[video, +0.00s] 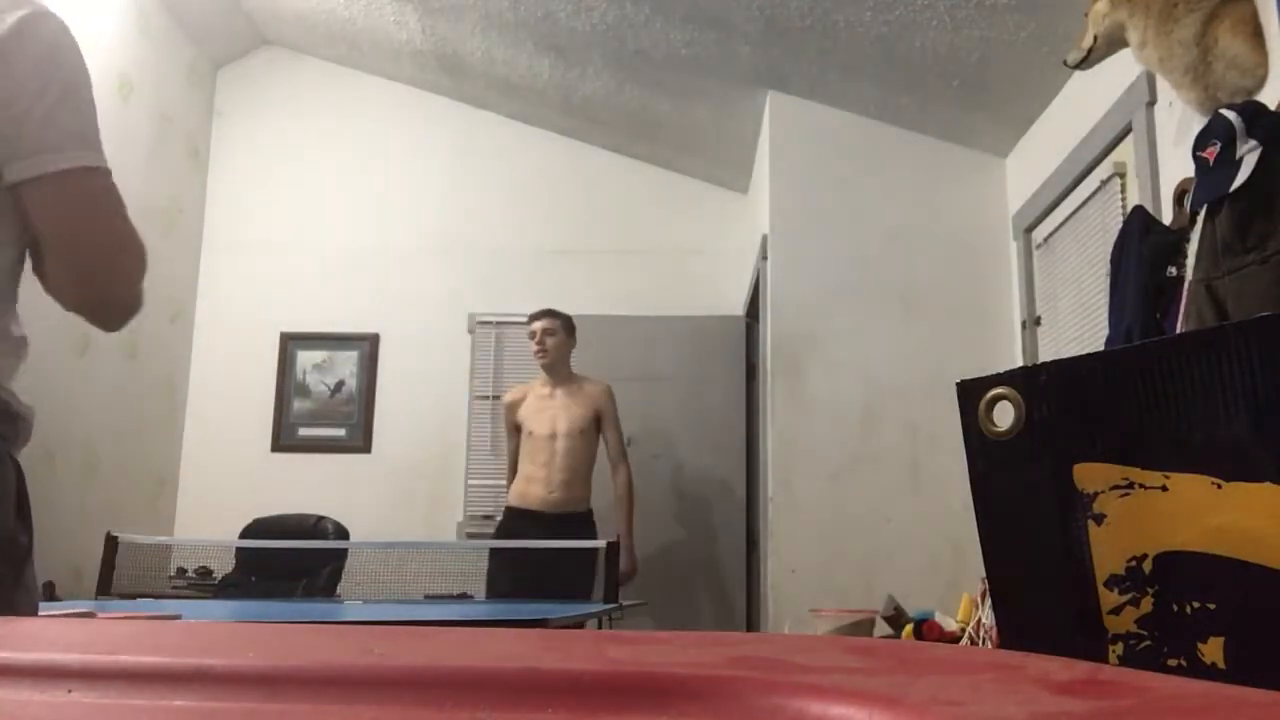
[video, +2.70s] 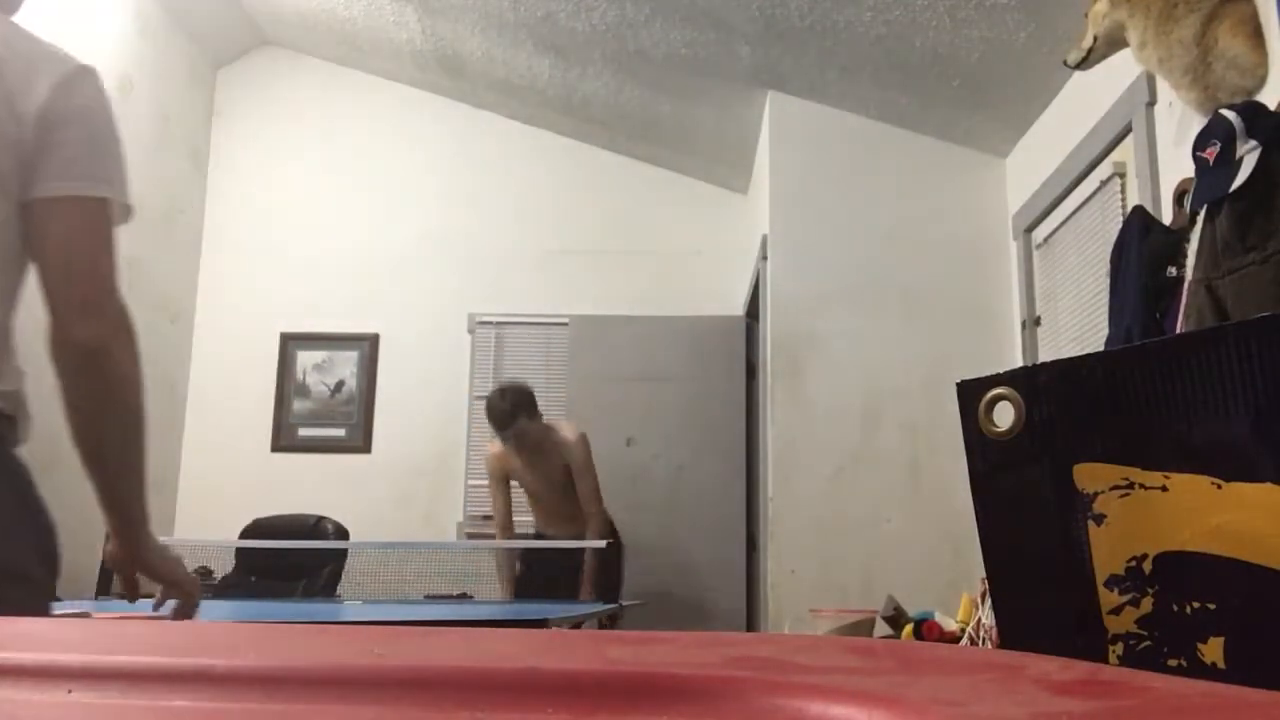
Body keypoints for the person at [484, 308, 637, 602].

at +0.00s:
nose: (539, 342)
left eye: (549, 334)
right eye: (533, 336)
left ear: (571, 342)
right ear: (529, 344)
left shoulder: (597, 395)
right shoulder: (516, 400)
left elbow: (620, 468)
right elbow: (513, 472)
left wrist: (626, 545)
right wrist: (511, 524)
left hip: (573, 528)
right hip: (518, 528)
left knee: (568, 635)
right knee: (505, 633)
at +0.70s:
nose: (527, 348)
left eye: (538, 341)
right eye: (522, 341)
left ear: (556, 351)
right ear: (517, 349)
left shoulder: (574, 402)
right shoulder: (499, 401)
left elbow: (585, 476)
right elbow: (477, 466)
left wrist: (575, 544)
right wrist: (469, 516)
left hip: (549, 525)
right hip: (499, 525)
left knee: (550, 627)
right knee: (491, 623)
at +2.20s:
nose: (506, 392)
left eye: (515, 382)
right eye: (499, 382)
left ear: (534, 371)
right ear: (492, 376)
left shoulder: (559, 415)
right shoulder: (484, 417)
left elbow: (567, 494)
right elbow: (479, 493)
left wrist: (547, 560)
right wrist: (479, 556)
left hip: (547, 531)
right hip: (499, 530)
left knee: (547, 627)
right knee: (499, 629)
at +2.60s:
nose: (510, 417)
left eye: (515, 407)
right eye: (502, 411)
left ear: (532, 390)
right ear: (492, 406)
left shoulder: (566, 425)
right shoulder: (494, 434)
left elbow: (589, 500)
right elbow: (496, 509)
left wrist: (573, 571)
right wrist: (499, 575)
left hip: (574, 536)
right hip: (529, 537)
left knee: (573, 631)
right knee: (523, 631)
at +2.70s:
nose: (516, 445)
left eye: (521, 434)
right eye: (506, 439)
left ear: (536, 417)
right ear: (498, 433)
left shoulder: (570, 442)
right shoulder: (499, 458)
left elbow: (595, 517)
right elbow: (504, 530)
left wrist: (587, 589)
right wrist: (507, 595)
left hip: (592, 545)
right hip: (546, 546)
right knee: (521, 627)